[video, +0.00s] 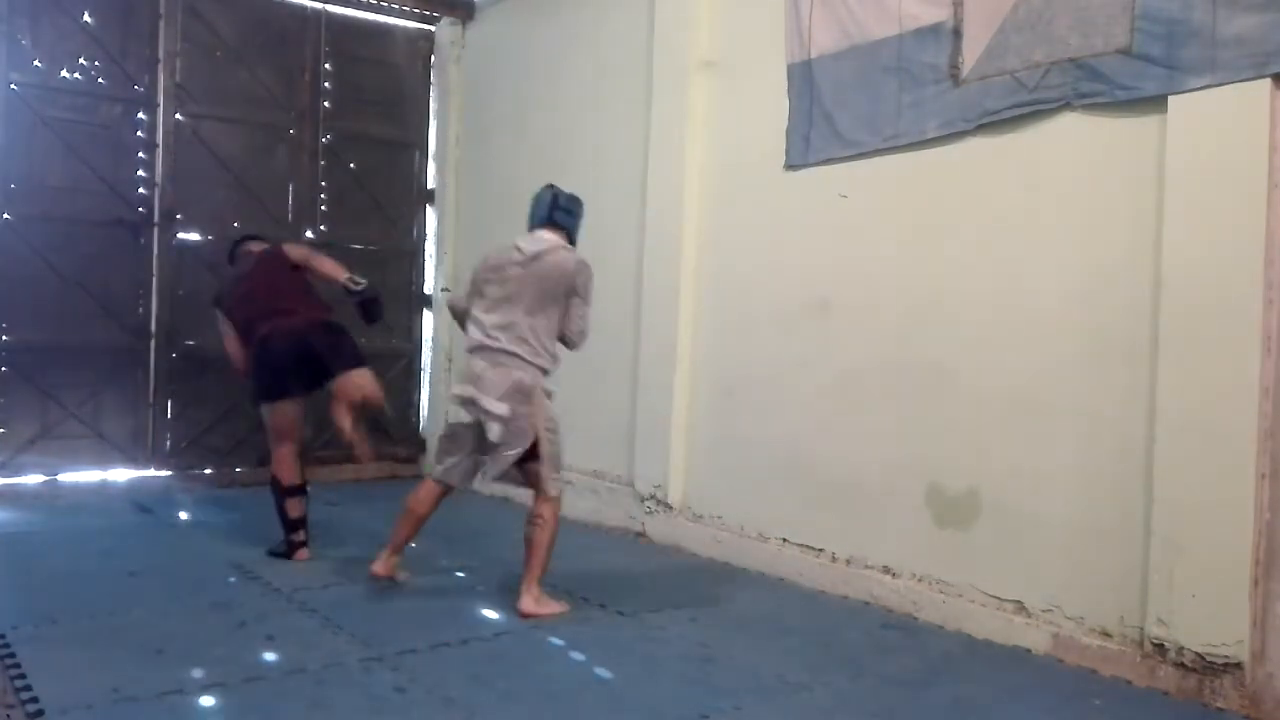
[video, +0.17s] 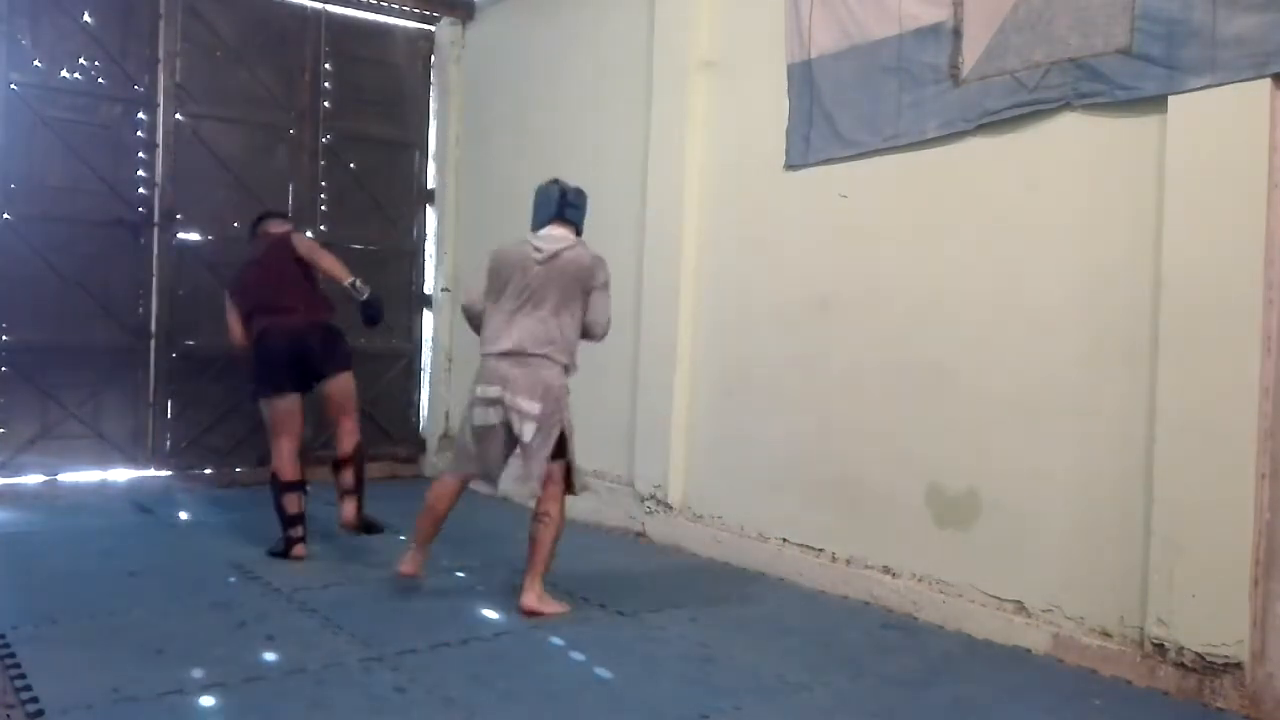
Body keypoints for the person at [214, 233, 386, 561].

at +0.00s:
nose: (268, 249)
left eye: (263, 247)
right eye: (265, 246)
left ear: (233, 262)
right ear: (263, 248)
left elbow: (238, 356)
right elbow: (316, 260)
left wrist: (255, 380)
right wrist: (357, 285)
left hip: (272, 353)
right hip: (320, 334)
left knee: (284, 445)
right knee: (369, 393)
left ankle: (297, 542)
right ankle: (346, 407)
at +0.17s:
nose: (291, 232)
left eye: (289, 228)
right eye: (288, 228)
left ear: (254, 238)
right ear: (282, 230)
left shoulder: (239, 278)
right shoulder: (293, 240)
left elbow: (238, 336)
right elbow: (323, 261)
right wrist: (362, 291)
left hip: (270, 348)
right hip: (319, 337)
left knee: (284, 439)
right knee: (346, 418)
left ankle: (294, 538)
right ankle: (351, 509)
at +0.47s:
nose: (329, 232)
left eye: (329, 225)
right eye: (325, 225)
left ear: (294, 223)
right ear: (308, 223)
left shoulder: (267, 254)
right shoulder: (315, 256)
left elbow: (245, 310)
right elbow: (312, 308)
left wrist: (273, 332)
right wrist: (341, 329)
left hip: (268, 361)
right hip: (310, 362)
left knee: (275, 431)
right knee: (316, 436)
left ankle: (267, 493)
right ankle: (311, 522)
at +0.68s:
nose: (310, 221)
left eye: (312, 214)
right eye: (304, 214)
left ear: (284, 218)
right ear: (283, 216)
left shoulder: (272, 247)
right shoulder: (287, 248)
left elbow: (270, 299)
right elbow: (272, 295)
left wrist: (307, 320)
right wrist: (307, 316)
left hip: (262, 348)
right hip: (288, 350)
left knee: (272, 422)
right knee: (307, 427)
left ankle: (241, 495)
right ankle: (304, 515)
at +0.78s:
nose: (298, 233)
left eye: (299, 226)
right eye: (290, 227)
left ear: (295, 229)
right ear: (270, 229)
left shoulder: (282, 267)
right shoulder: (262, 265)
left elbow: (280, 318)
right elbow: (243, 310)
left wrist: (312, 340)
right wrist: (289, 330)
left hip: (262, 361)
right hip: (273, 363)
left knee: (267, 430)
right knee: (302, 431)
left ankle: (232, 500)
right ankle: (303, 518)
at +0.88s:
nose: (284, 230)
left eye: (287, 223)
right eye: (277, 223)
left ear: (289, 226)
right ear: (258, 224)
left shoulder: (279, 260)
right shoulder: (241, 261)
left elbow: (286, 306)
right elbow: (216, 303)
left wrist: (312, 329)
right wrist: (252, 320)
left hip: (270, 349)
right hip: (251, 351)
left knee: (258, 428)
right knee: (282, 421)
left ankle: (233, 497)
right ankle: (289, 507)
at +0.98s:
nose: (269, 216)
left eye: (274, 210)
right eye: (262, 210)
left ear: (279, 213)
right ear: (245, 211)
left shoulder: (278, 245)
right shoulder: (228, 244)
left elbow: (283, 288)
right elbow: (194, 287)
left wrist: (299, 312)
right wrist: (226, 306)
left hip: (268, 332)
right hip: (239, 332)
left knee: (254, 414)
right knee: (267, 405)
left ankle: (235, 488)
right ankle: (246, 493)